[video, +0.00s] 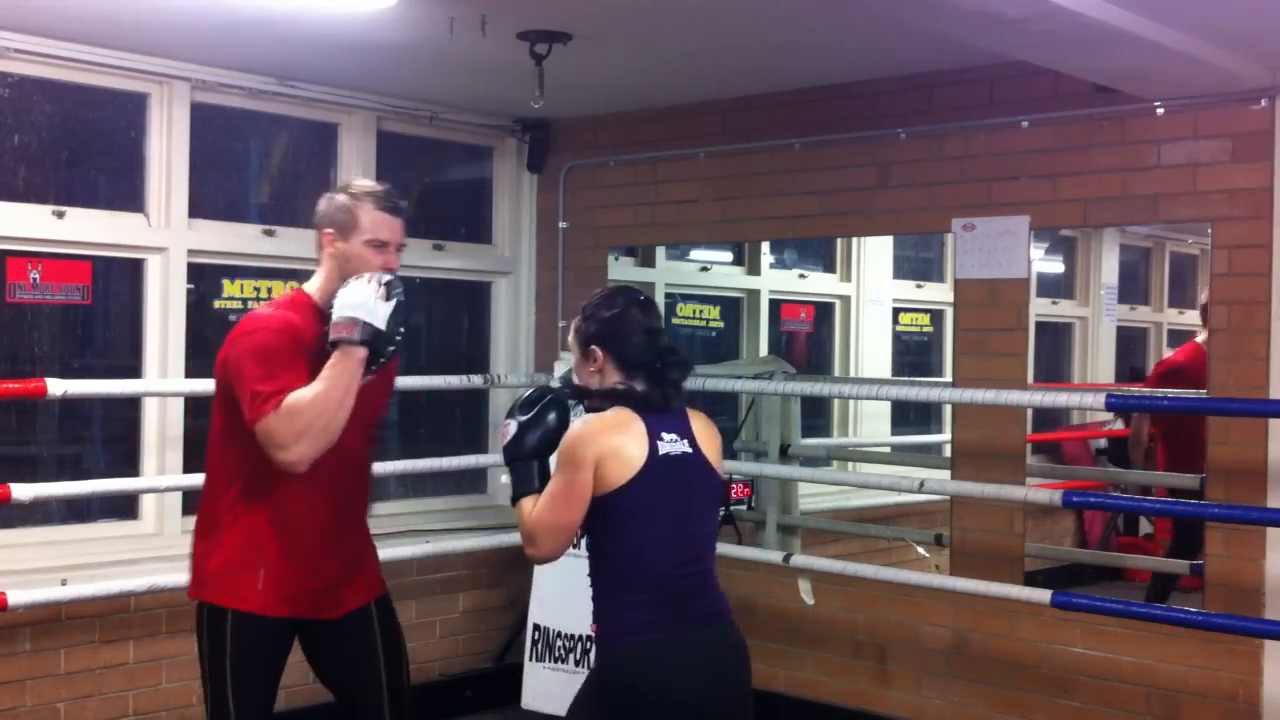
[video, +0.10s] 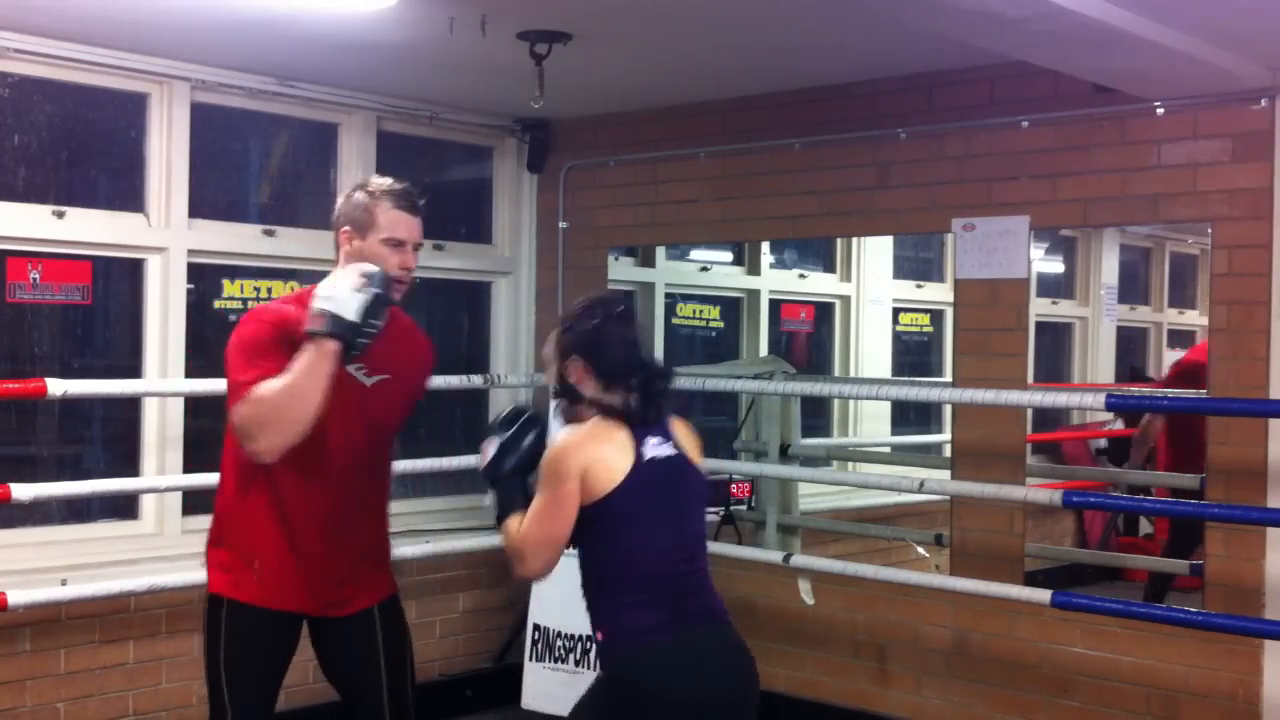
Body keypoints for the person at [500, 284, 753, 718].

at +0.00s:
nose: (573, 368)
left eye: (575, 356)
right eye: (573, 356)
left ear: (598, 359)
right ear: (651, 352)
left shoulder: (592, 436)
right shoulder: (705, 430)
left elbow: (541, 544)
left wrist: (522, 461)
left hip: (636, 669)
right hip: (718, 660)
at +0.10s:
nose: (555, 385)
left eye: (556, 373)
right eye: (552, 374)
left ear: (578, 373)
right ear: (632, 362)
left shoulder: (574, 448)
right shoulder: (682, 433)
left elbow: (529, 560)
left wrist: (508, 484)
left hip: (644, 680)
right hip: (724, 667)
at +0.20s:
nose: (513, 459)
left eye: (513, 444)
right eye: (513, 444)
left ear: (533, 442)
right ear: (580, 432)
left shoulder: (549, 506)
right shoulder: (626, 481)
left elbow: (509, 634)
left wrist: (484, 550)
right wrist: (498, 469)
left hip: (648, 701)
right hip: (721, 691)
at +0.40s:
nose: (481, 574)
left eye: (482, 563)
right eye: (480, 561)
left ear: (508, 574)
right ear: (560, 548)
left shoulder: (537, 622)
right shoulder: (627, 581)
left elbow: (523, 716)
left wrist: (476, 671)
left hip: (642, 710)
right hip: (709, 707)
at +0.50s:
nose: (506, 542)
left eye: (506, 529)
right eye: (504, 530)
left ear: (532, 530)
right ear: (579, 516)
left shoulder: (548, 585)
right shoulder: (648, 556)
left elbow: (529, 705)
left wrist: (491, 635)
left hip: (645, 712)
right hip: (728, 710)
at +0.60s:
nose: (525, 475)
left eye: (531, 462)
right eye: (527, 461)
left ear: (559, 471)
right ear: (608, 463)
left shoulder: (560, 533)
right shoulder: (664, 510)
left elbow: (532, 646)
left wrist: (503, 570)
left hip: (649, 707)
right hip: (730, 701)